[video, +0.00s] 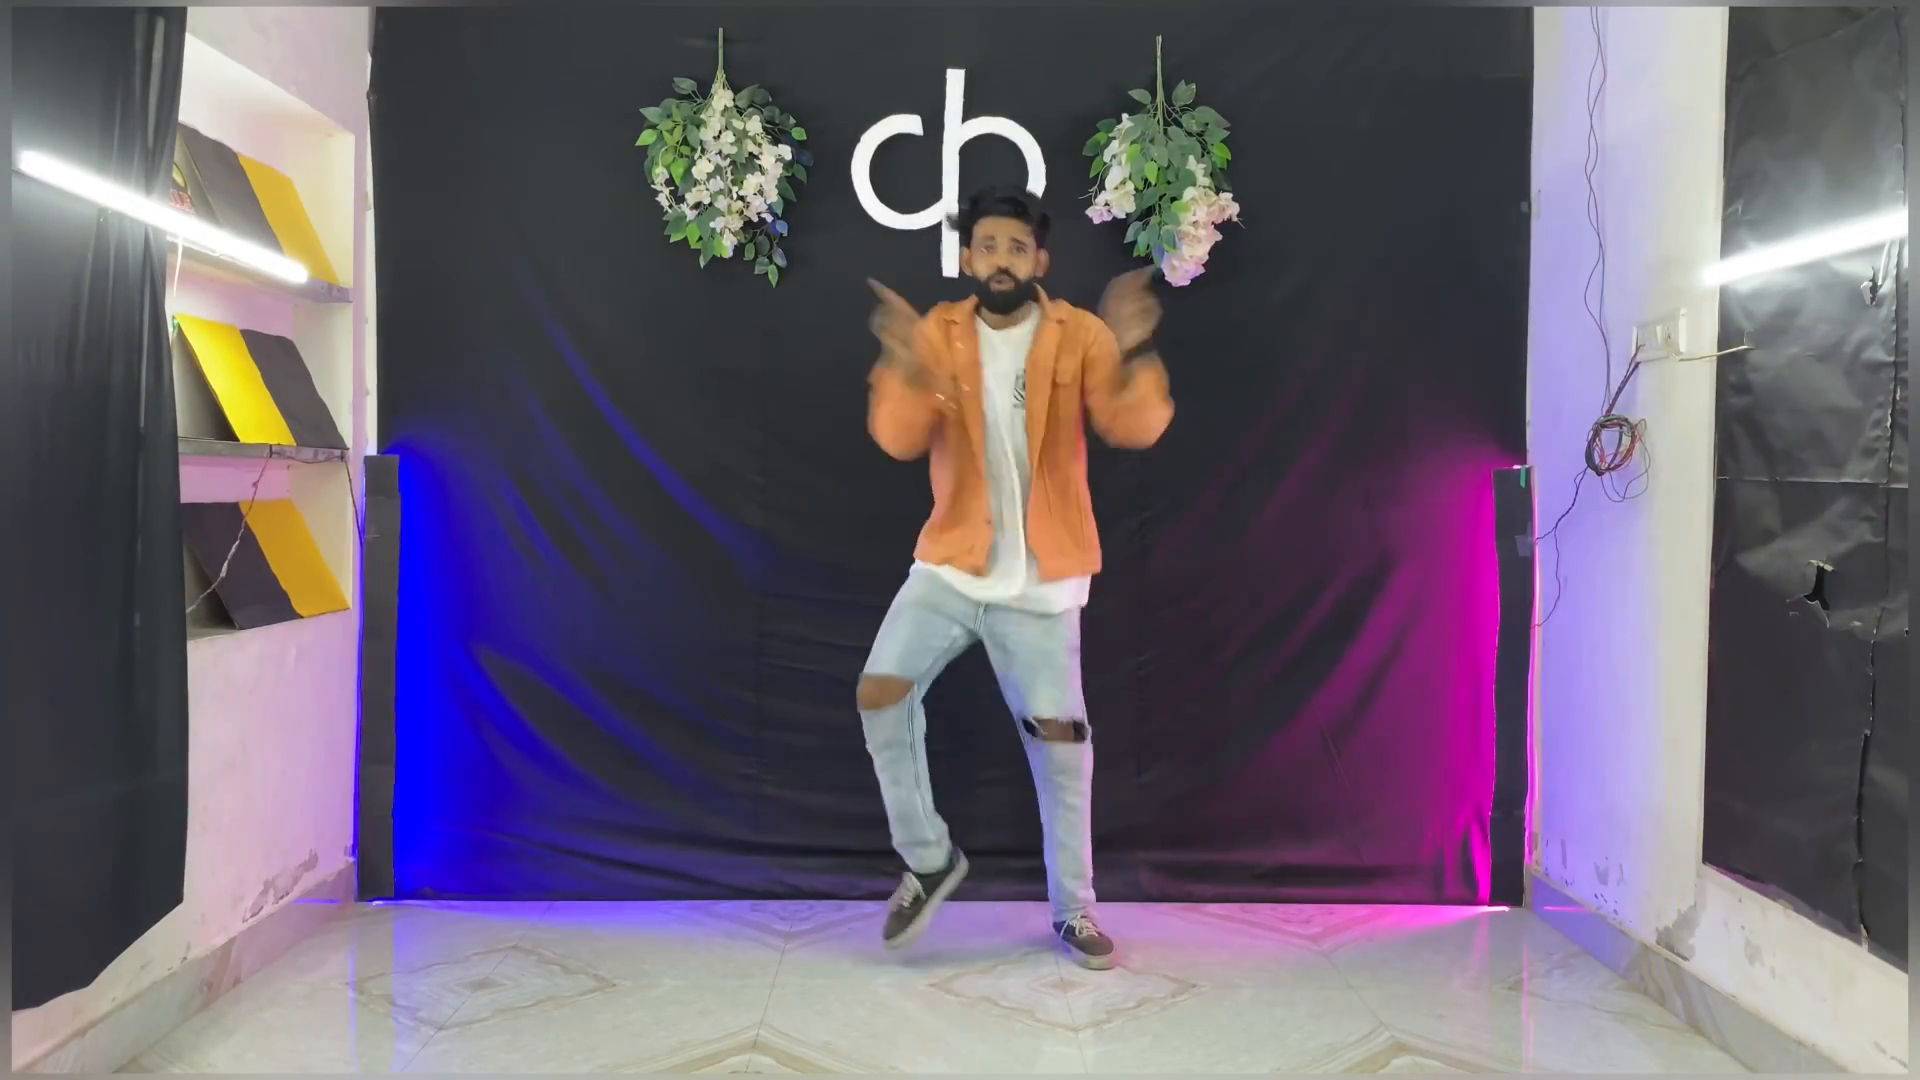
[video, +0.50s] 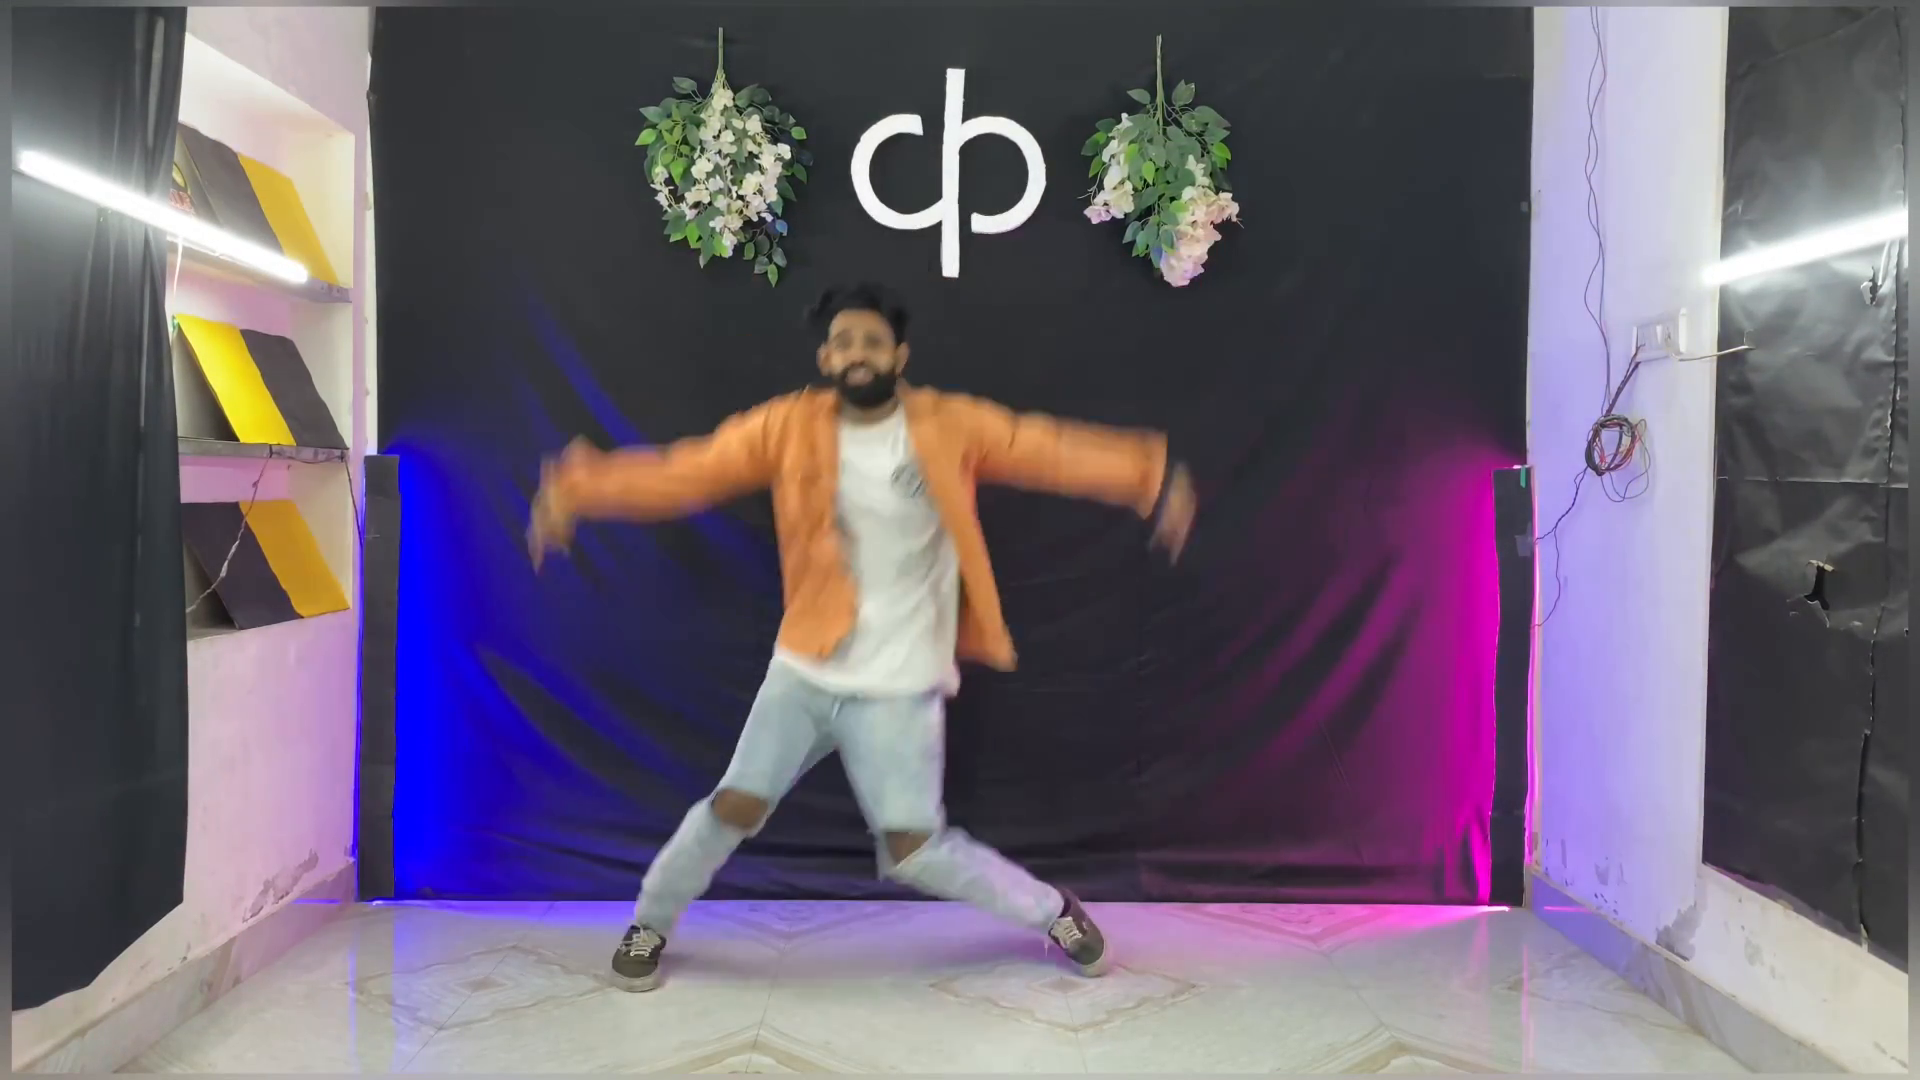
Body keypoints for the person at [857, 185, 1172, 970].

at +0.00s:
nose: (998, 258)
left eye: (1013, 245)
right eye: (985, 244)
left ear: (1041, 255)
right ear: (966, 254)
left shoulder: (1081, 334)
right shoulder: (941, 328)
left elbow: (1135, 426)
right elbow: (899, 437)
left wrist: (1136, 350)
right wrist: (903, 358)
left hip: (1044, 567)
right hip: (953, 556)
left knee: (1058, 733)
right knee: (882, 692)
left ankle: (1075, 909)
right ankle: (928, 861)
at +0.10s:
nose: (977, 252)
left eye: (992, 238)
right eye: (962, 237)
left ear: (1017, 248)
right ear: (939, 248)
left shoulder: (1057, 322)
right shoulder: (914, 321)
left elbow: (1143, 384)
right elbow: (848, 393)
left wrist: (1187, 319)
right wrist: (805, 321)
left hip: (1036, 567)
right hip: (940, 562)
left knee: (1057, 735)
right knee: (890, 715)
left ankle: (1073, 906)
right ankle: (935, 885)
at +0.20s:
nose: (957, 258)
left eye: (973, 245)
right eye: (942, 245)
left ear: (997, 256)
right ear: (921, 256)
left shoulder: (1033, 330)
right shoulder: (898, 330)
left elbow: (1103, 408)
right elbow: (856, 422)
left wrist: (1131, 343)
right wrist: (830, 351)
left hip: (1012, 582)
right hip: (915, 578)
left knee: (1044, 740)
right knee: (869, 729)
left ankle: (1072, 907)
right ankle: (931, 885)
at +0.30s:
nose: (923, 264)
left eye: (939, 251)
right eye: (910, 251)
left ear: (969, 264)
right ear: (891, 266)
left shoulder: (1014, 335)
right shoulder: (872, 332)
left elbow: (1109, 373)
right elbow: (796, 392)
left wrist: (1158, 297)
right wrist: (750, 309)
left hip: (986, 588)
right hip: (884, 577)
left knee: (1027, 741)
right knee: (799, 709)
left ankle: (1071, 905)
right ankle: (829, 882)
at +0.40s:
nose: (890, 298)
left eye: (907, 286)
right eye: (876, 287)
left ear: (935, 299)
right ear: (857, 300)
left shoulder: (988, 361)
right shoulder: (821, 362)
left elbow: (1096, 339)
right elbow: (706, 360)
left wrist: (1200, 309)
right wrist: (611, 324)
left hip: (947, 612)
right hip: (845, 601)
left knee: (979, 766)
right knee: (760, 746)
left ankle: (1066, 904)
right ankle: (676, 915)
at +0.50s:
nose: (855, 356)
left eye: (871, 343)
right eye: (841, 344)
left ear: (901, 352)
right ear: (823, 358)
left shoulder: (950, 426)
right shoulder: (791, 427)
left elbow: (1051, 449)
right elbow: (685, 472)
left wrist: (1149, 470)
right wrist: (580, 484)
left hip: (902, 679)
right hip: (804, 667)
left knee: (912, 856)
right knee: (734, 808)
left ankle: (1054, 914)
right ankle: (648, 926)